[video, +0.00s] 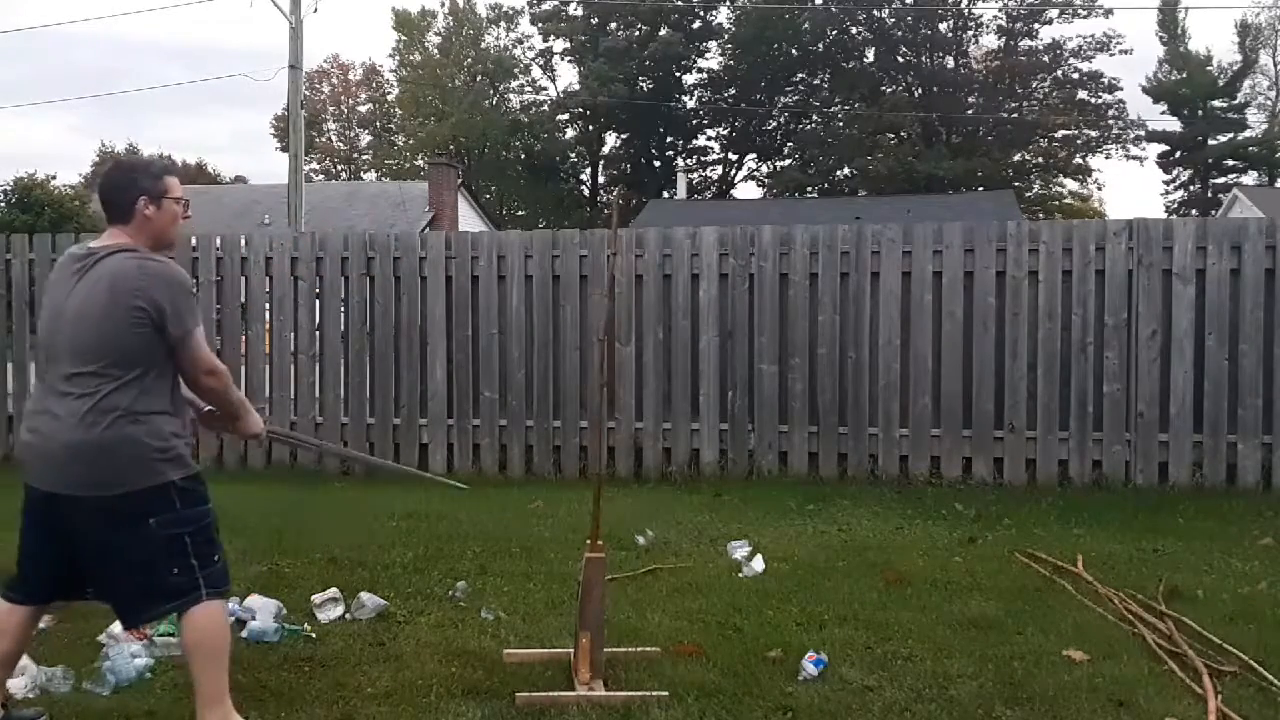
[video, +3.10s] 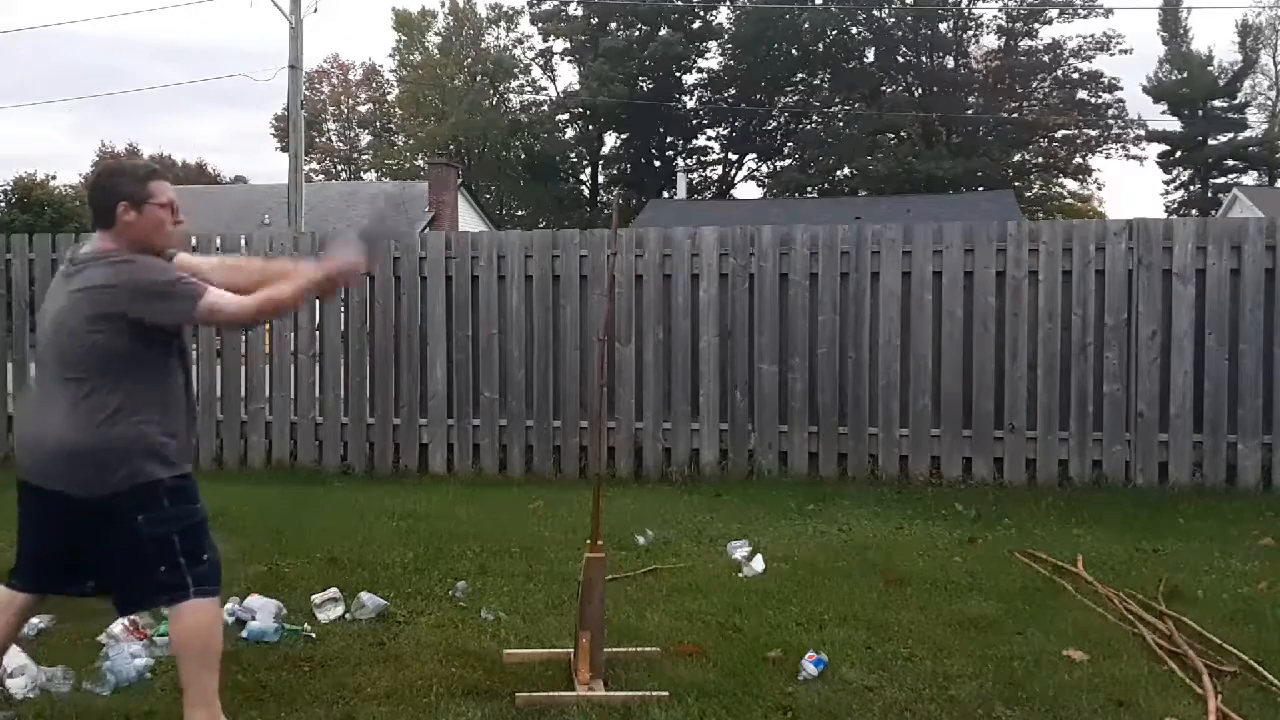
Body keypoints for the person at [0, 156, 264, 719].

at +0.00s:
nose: (186, 216)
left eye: (186, 204)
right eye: (179, 204)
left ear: (122, 211)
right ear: (144, 208)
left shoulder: (68, 264)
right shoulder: (162, 276)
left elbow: (104, 360)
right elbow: (203, 369)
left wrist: (178, 399)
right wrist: (243, 414)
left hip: (50, 453)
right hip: (138, 456)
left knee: (26, 591)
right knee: (201, 587)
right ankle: (216, 710)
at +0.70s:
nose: (187, 213)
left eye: (185, 202)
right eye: (178, 203)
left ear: (137, 213)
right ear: (141, 212)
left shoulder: (88, 272)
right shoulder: (142, 281)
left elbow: (187, 350)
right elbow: (210, 361)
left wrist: (265, 362)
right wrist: (293, 358)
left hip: (52, 457)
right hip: (125, 462)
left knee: (33, 585)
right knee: (198, 587)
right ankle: (217, 708)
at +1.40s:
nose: (200, 228)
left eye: (198, 217)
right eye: (191, 217)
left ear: (149, 226)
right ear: (153, 225)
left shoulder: (109, 273)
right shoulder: (146, 283)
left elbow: (239, 280)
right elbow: (249, 309)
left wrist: (318, 275)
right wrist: (327, 264)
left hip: (46, 463)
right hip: (120, 467)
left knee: (26, 591)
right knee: (204, 588)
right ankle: (203, 714)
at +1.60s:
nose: (188, 228)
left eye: (186, 218)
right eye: (179, 217)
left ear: (134, 224)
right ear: (140, 224)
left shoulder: (106, 274)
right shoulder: (118, 279)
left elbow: (210, 252)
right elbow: (224, 259)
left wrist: (271, 201)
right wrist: (268, 181)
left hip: (50, 466)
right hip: (115, 470)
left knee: (28, 587)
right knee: (197, 585)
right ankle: (203, 712)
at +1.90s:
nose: (175, 226)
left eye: (174, 213)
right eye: (167, 217)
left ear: (128, 226)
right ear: (131, 225)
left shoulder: (130, 277)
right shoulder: (98, 277)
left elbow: (214, 225)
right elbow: (186, 235)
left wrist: (229, 166)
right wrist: (196, 143)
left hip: (59, 466)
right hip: (113, 468)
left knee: (35, 589)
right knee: (199, 582)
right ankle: (203, 712)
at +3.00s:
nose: (178, 230)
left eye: (175, 219)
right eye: (167, 219)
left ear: (125, 226)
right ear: (126, 226)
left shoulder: (99, 276)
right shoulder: (116, 283)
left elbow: (219, 247)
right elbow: (229, 278)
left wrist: (247, 196)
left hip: (66, 470)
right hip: (135, 471)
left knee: (32, 590)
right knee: (214, 583)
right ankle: (206, 712)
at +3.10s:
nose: (177, 218)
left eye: (176, 208)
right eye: (167, 208)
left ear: (123, 217)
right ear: (127, 214)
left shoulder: (81, 265)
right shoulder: (139, 276)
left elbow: (219, 270)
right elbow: (244, 309)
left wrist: (311, 270)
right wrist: (319, 277)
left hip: (47, 459)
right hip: (130, 463)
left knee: (25, 583)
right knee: (196, 587)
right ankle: (204, 711)